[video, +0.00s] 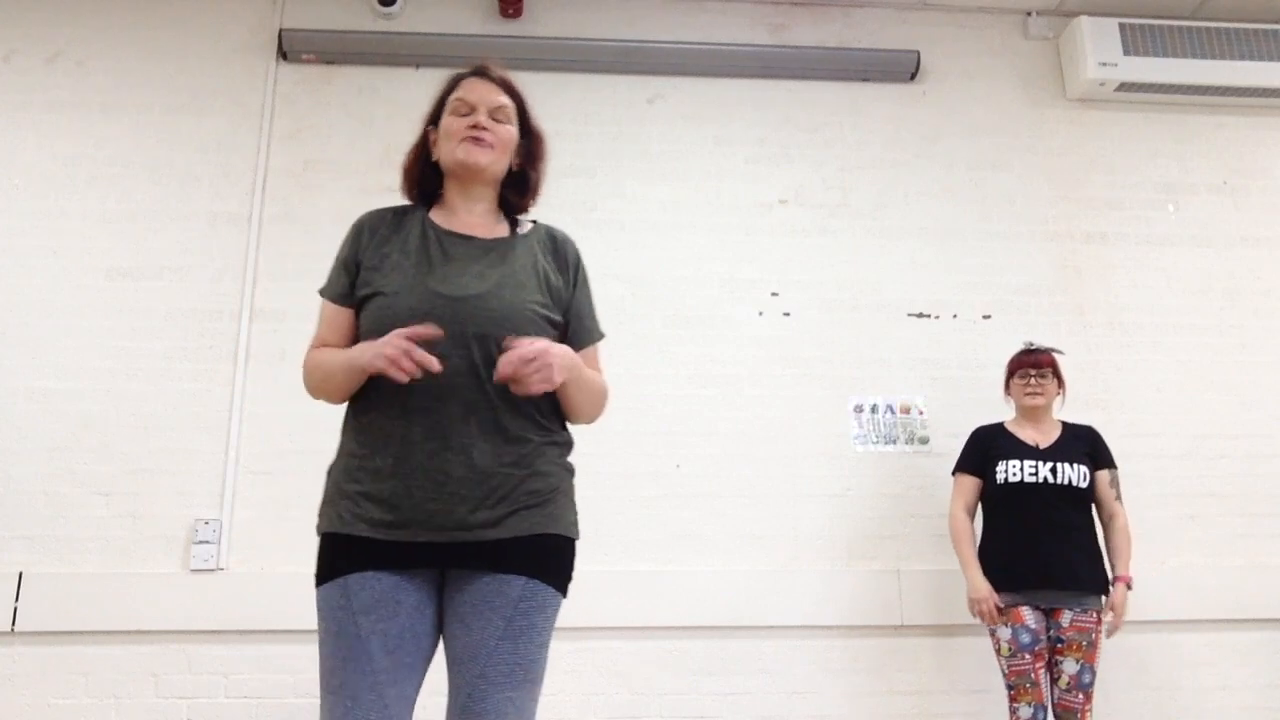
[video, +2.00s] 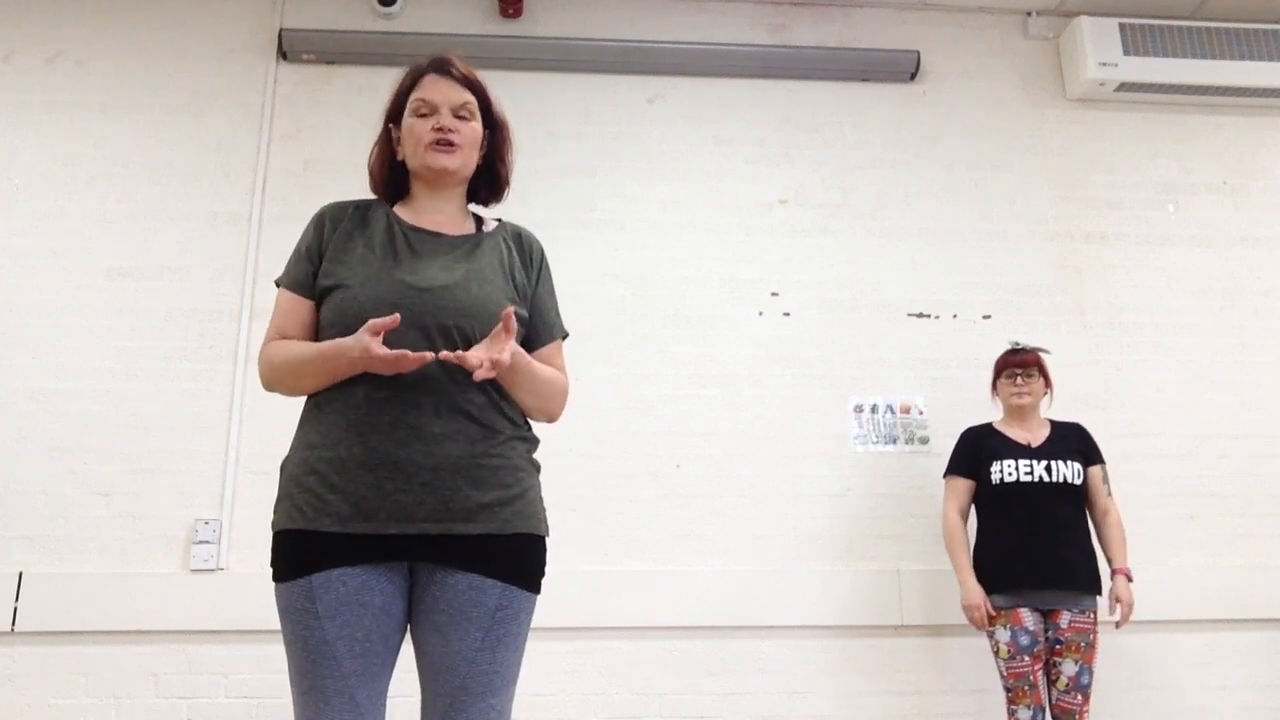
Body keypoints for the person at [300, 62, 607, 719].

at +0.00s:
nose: (479, 121)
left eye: (499, 117)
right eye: (463, 110)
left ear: (519, 151)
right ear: (433, 140)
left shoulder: (555, 253)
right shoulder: (375, 234)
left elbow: (590, 405)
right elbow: (319, 375)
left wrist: (566, 365)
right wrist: (365, 356)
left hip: (516, 524)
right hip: (375, 519)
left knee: (494, 713)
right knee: (359, 713)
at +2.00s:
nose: (445, 123)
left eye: (463, 113)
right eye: (425, 111)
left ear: (486, 142)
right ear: (397, 137)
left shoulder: (519, 250)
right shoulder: (336, 227)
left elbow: (552, 401)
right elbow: (274, 366)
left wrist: (509, 365)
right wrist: (353, 354)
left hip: (487, 525)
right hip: (335, 518)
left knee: (472, 713)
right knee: (336, 712)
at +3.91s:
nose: (462, 123)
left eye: (483, 116)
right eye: (446, 108)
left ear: (501, 148)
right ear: (414, 127)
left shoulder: (522, 252)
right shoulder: (342, 220)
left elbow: (544, 410)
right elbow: (281, 364)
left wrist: (542, 360)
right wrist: (339, 347)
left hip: (492, 520)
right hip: (341, 515)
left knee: (475, 714)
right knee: (340, 713)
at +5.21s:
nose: (443, 127)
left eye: (461, 115)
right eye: (424, 112)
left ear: (483, 138)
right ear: (392, 132)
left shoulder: (514, 249)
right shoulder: (331, 227)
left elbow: (547, 399)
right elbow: (270, 365)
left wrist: (499, 356)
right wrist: (353, 358)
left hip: (486, 518)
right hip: (332, 513)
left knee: (471, 713)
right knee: (335, 713)